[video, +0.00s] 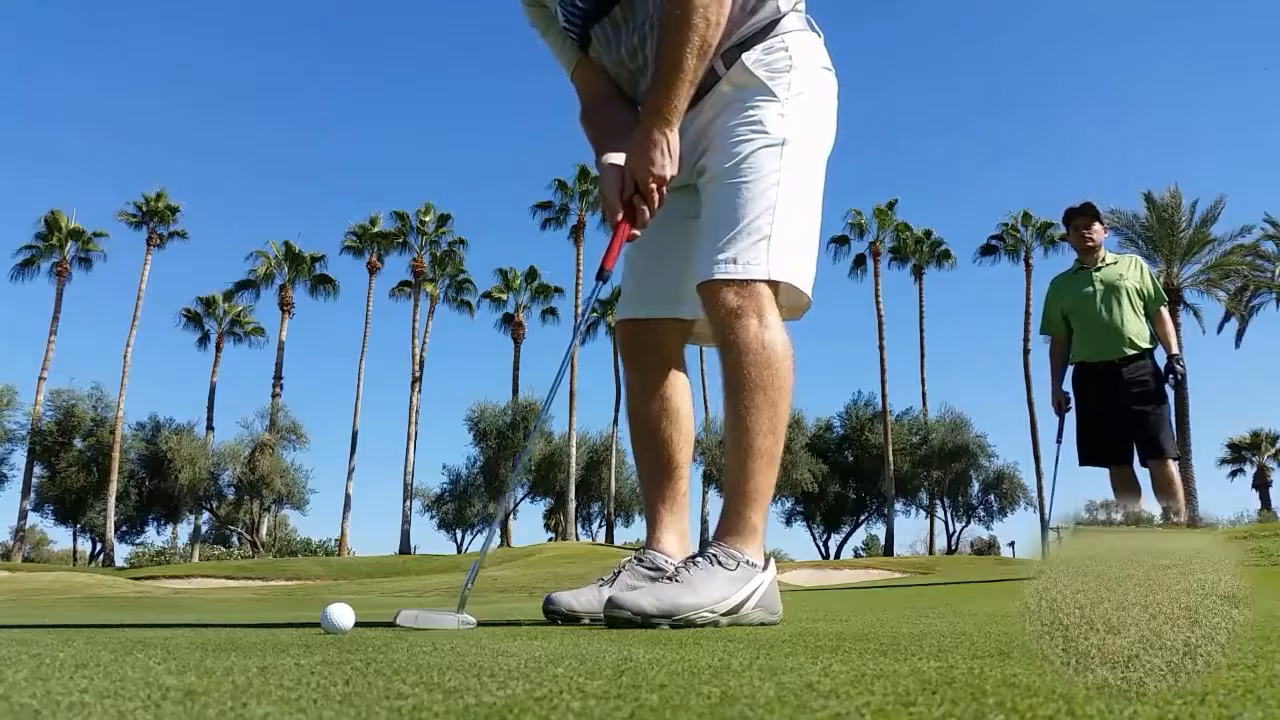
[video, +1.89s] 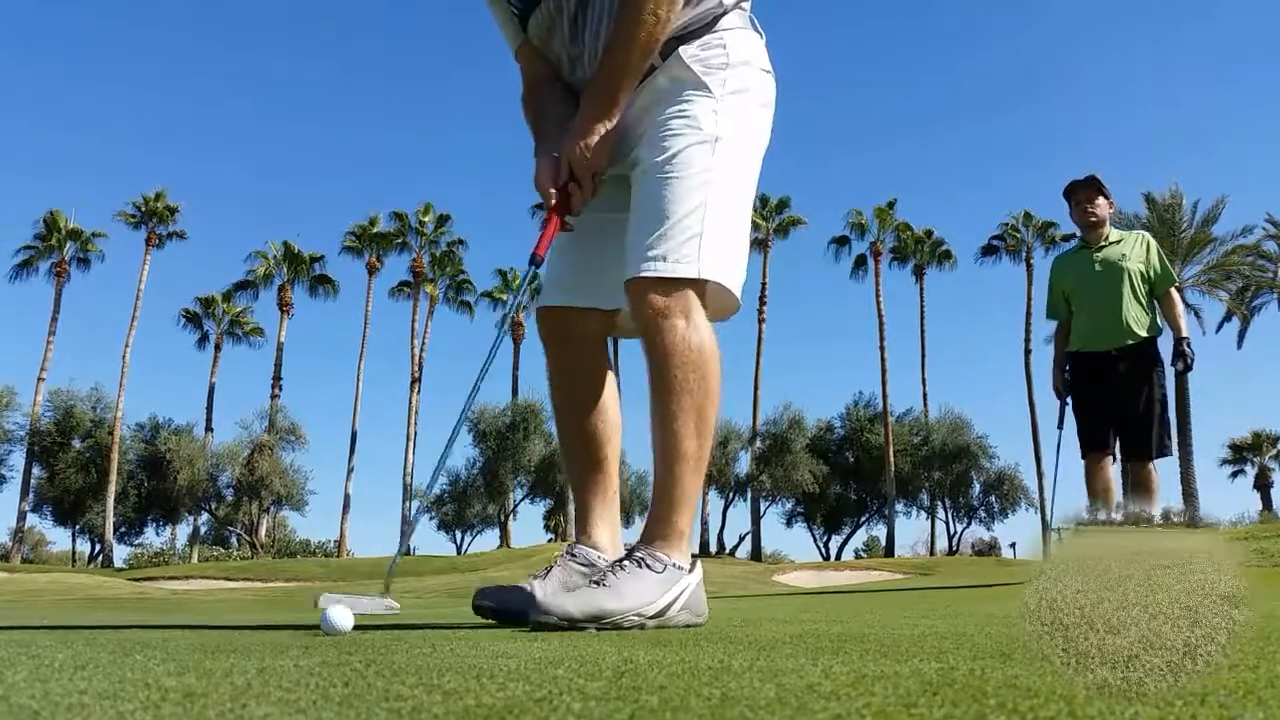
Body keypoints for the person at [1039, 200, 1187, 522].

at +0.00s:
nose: (1085, 233)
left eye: (1090, 226)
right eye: (1076, 230)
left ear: (1103, 230)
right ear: (1068, 238)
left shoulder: (1134, 266)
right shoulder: (1061, 285)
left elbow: (1159, 312)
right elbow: (1059, 340)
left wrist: (1174, 355)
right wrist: (1056, 386)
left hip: (1140, 373)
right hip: (1094, 380)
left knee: (1160, 455)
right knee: (1117, 462)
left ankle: (1177, 529)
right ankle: (1135, 535)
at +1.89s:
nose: (1087, 208)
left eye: (1093, 201)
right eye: (1079, 204)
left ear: (1109, 205)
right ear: (1071, 214)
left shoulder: (1141, 243)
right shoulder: (1063, 264)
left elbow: (1167, 293)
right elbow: (1063, 321)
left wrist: (1181, 338)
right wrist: (1058, 368)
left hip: (1138, 358)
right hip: (1087, 364)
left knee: (1140, 455)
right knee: (1096, 454)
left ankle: (1145, 534)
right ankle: (1104, 534)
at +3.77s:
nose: (1070, 158)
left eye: (1077, 149)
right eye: (1060, 155)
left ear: (1096, 155)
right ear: (1051, 167)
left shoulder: (1137, 199)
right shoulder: (1045, 228)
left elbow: (1169, 261)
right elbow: (1043, 298)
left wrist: (1191, 317)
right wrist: (1033, 352)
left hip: (1142, 330)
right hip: (1081, 341)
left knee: (1164, 423)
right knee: (1102, 440)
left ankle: (1155, 517)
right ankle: (1119, 528)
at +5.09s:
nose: (1069, 138)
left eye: (1076, 128)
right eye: (1059, 134)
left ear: (1098, 131)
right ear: (1052, 146)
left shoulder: (1142, 176)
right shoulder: (1046, 207)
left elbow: (1175, 239)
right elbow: (1044, 279)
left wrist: (1198, 293)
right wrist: (1033, 338)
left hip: (1147, 320)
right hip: (1085, 329)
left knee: (1158, 438)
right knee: (1108, 444)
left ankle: (1169, 538)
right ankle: (1124, 542)